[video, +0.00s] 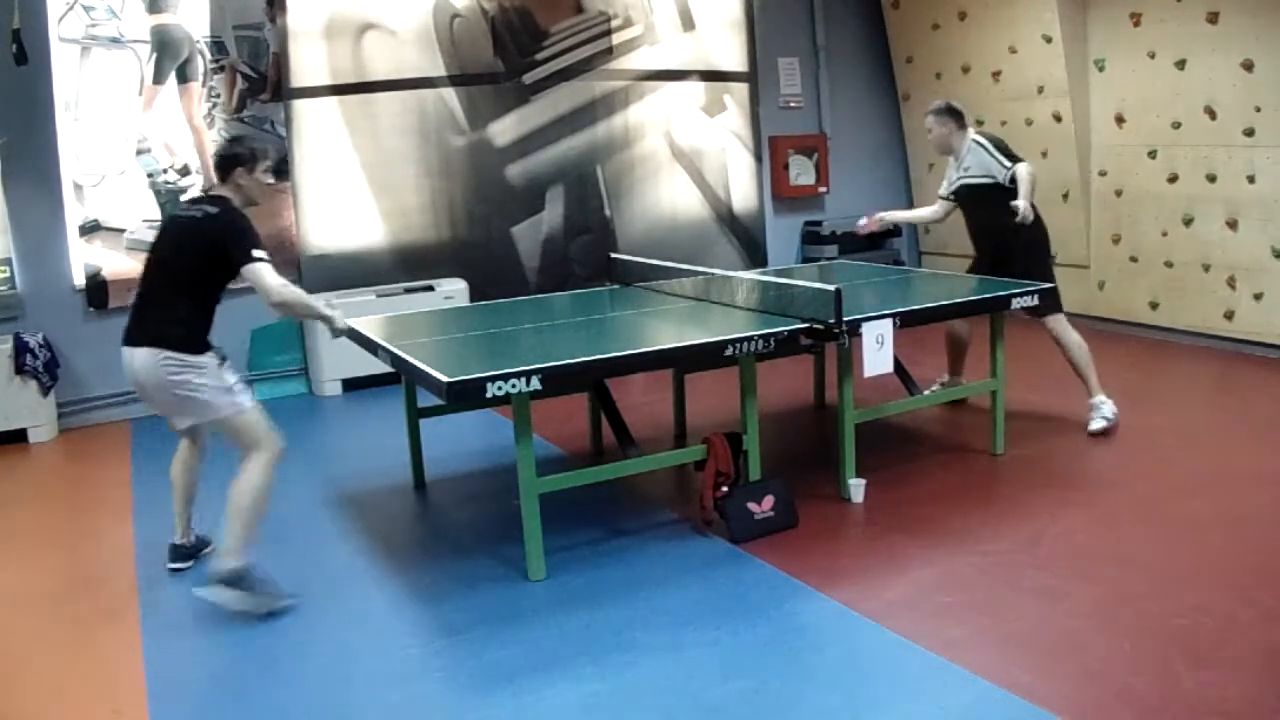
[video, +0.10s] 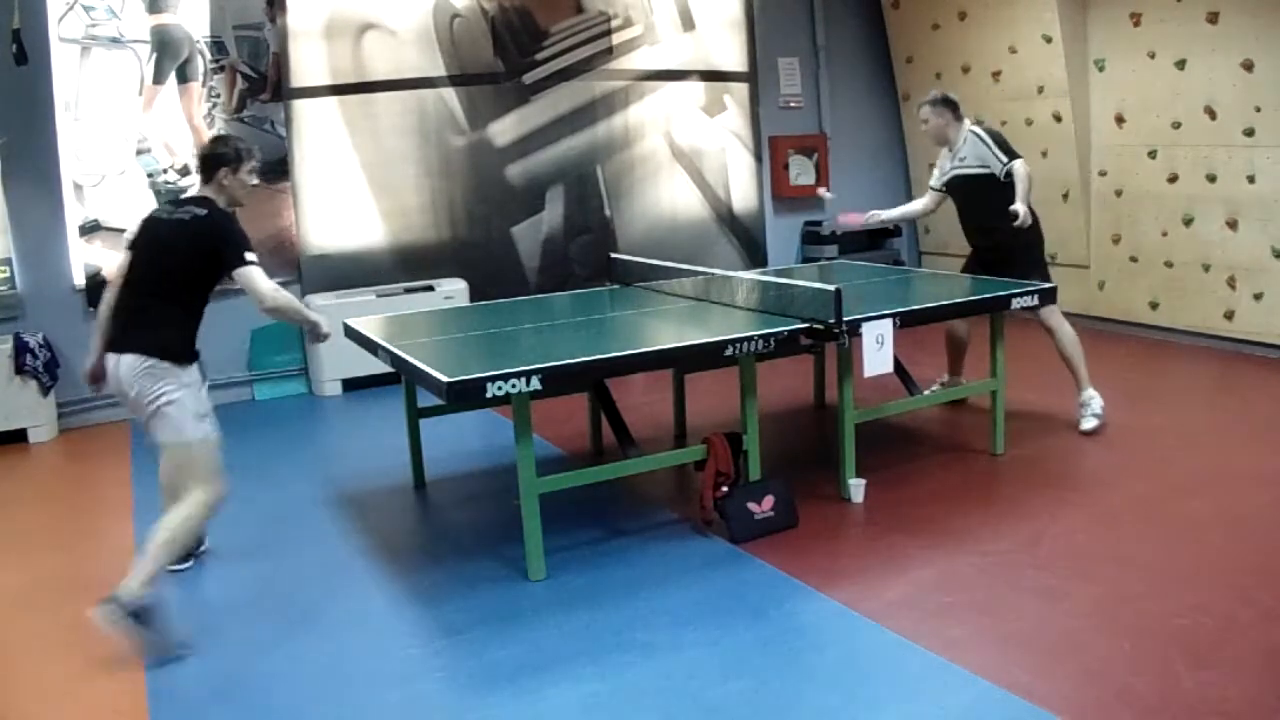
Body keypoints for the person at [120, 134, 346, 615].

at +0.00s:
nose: (272, 183)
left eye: (272, 174)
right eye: (266, 174)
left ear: (223, 174)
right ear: (238, 174)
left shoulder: (182, 213)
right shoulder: (232, 224)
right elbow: (277, 294)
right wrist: (325, 312)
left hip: (137, 353)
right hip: (179, 357)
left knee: (191, 435)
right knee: (264, 445)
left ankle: (183, 540)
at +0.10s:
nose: (255, 185)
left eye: (255, 176)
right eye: (250, 176)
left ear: (208, 176)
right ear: (225, 175)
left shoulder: (159, 217)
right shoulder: (223, 224)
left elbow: (116, 286)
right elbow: (265, 296)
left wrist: (98, 352)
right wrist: (311, 320)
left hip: (124, 359)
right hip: (162, 365)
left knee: (178, 448)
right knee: (205, 488)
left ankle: (183, 539)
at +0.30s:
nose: (243, 193)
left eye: (243, 184)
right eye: (237, 184)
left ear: (194, 185)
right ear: (211, 185)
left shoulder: (141, 228)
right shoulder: (207, 236)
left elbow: (93, 300)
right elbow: (247, 312)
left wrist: (66, 369)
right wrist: (287, 336)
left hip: (108, 378)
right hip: (154, 385)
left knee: (135, 485)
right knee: (156, 517)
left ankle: (122, 587)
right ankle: (77, 637)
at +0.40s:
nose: (245, 191)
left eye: (247, 182)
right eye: (242, 181)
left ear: (198, 179)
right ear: (217, 180)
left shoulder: (139, 224)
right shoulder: (207, 229)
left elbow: (100, 299)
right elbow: (232, 308)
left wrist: (89, 366)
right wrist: (279, 338)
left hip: (109, 370)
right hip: (164, 372)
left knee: (126, 490)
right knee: (222, 492)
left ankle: (104, 606)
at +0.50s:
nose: (263, 210)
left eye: (265, 199)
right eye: (259, 198)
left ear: (214, 190)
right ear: (234, 193)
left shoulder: (159, 230)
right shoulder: (220, 238)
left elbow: (125, 298)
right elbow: (255, 314)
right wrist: (304, 336)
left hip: (116, 377)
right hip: (173, 377)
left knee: (130, 492)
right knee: (275, 456)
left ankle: (107, 610)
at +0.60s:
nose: (294, 230)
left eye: (295, 219)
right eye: (289, 218)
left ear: (247, 206)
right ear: (260, 206)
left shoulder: (189, 237)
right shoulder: (250, 247)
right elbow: (297, 305)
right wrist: (353, 302)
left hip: (140, 383)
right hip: (198, 383)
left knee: (142, 497)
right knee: (308, 445)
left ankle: (109, 612)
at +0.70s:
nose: (335, 218)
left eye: (336, 209)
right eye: (332, 209)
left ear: (293, 204)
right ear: (309, 204)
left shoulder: (231, 235)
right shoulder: (296, 247)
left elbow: (188, 300)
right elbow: (360, 292)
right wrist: (401, 269)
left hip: (185, 383)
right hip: (245, 388)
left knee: (164, 497)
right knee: (346, 451)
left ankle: (113, 606)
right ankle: (402, 544)